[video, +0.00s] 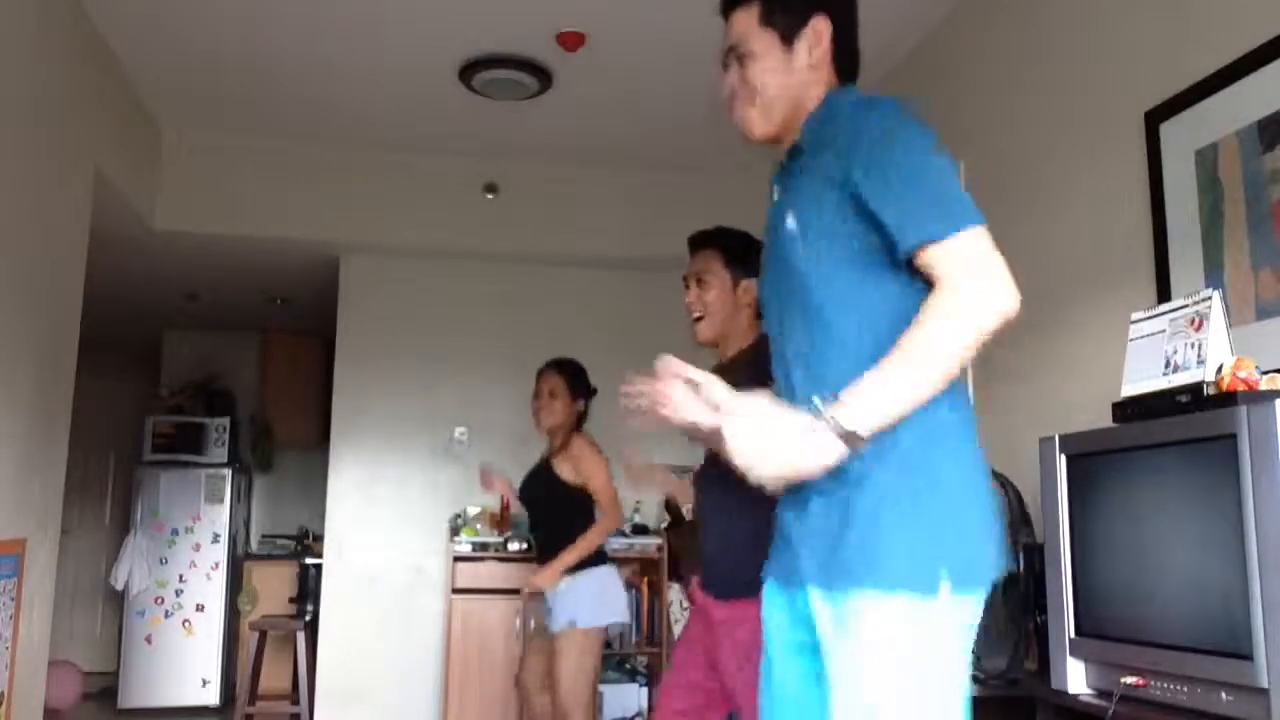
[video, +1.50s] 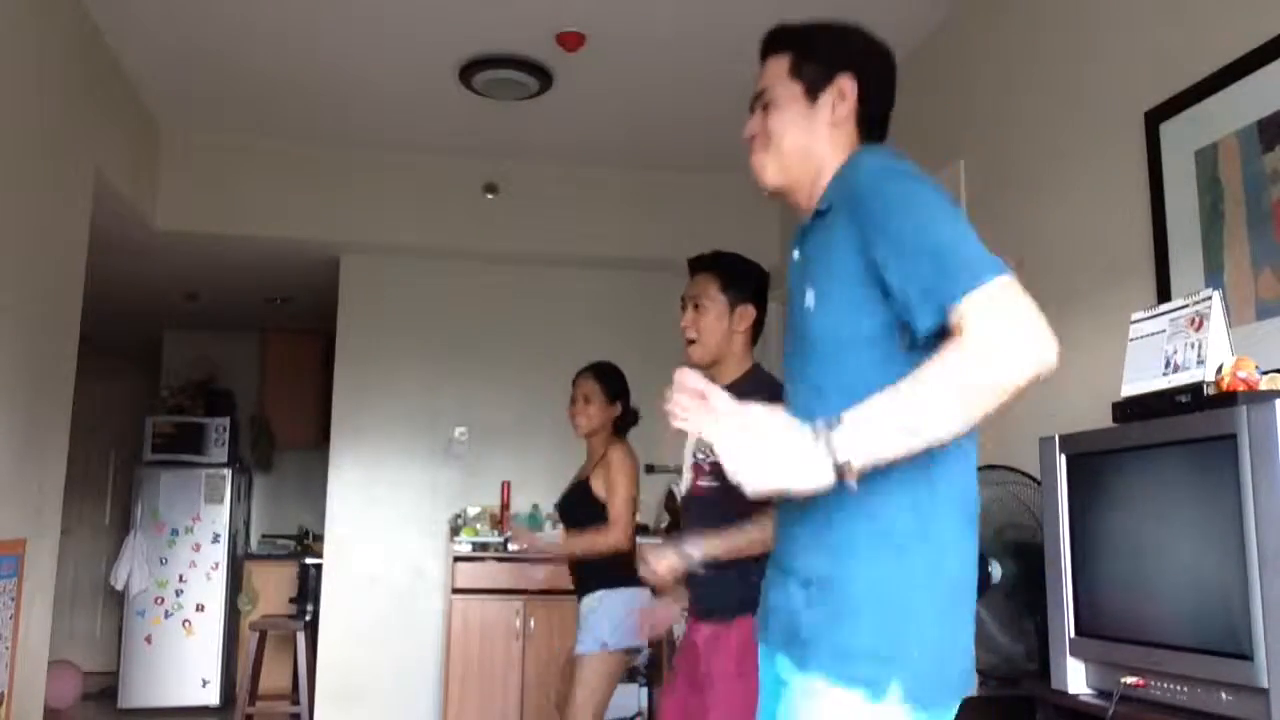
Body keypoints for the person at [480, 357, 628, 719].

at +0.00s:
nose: (541, 404)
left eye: (552, 395)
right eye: (538, 395)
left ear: (578, 404)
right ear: (534, 402)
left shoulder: (581, 450)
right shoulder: (554, 454)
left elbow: (612, 518)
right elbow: (554, 521)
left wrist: (555, 568)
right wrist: (510, 496)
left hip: (585, 583)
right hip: (555, 582)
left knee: (573, 701)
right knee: (532, 688)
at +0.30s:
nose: (550, 398)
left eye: (561, 390)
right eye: (546, 390)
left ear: (587, 397)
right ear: (542, 396)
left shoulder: (596, 436)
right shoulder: (565, 446)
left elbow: (596, 506)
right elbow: (565, 519)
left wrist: (527, 504)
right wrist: (515, 525)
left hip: (600, 586)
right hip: (565, 584)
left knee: (571, 697)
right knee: (547, 689)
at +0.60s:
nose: (563, 420)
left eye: (575, 411)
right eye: (560, 411)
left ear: (601, 422)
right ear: (555, 417)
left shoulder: (606, 466)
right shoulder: (583, 472)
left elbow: (620, 543)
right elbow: (592, 542)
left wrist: (559, 574)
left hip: (608, 612)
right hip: (586, 611)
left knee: (579, 712)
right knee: (546, 704)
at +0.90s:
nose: (569, 413)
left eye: (579, 402)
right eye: (565, 404)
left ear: (606, 407)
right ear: (561, 408)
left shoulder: (614, 458)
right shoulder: (589, 464)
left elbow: (611, 524)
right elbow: (595, 523)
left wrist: (551, 513)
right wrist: (551, 506)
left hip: (627, 604)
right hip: (590, 602)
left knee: (598, 711)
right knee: (545, 690)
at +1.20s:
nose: (568, 394)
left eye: (578, 384)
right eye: (565, 385)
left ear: (608, 390)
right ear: (562, 389)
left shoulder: (617, 430)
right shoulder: (590, 439)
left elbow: (612, 496)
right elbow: (592, 508)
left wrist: (545, 481)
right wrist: (549, 539)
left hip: (615, 584)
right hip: (582, 581)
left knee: (587, 700)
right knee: (569, 691)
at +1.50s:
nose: (576, 410)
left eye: (588, 401)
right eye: (574, 401)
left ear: (616, 409)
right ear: (570, 405)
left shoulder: (618, 455)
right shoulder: (595, 457)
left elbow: (620, 536)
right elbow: (591, 531)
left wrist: (550, 546)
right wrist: (537, 537)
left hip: (615, 599)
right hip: (597, 597)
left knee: (581, 711)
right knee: (573, 709)